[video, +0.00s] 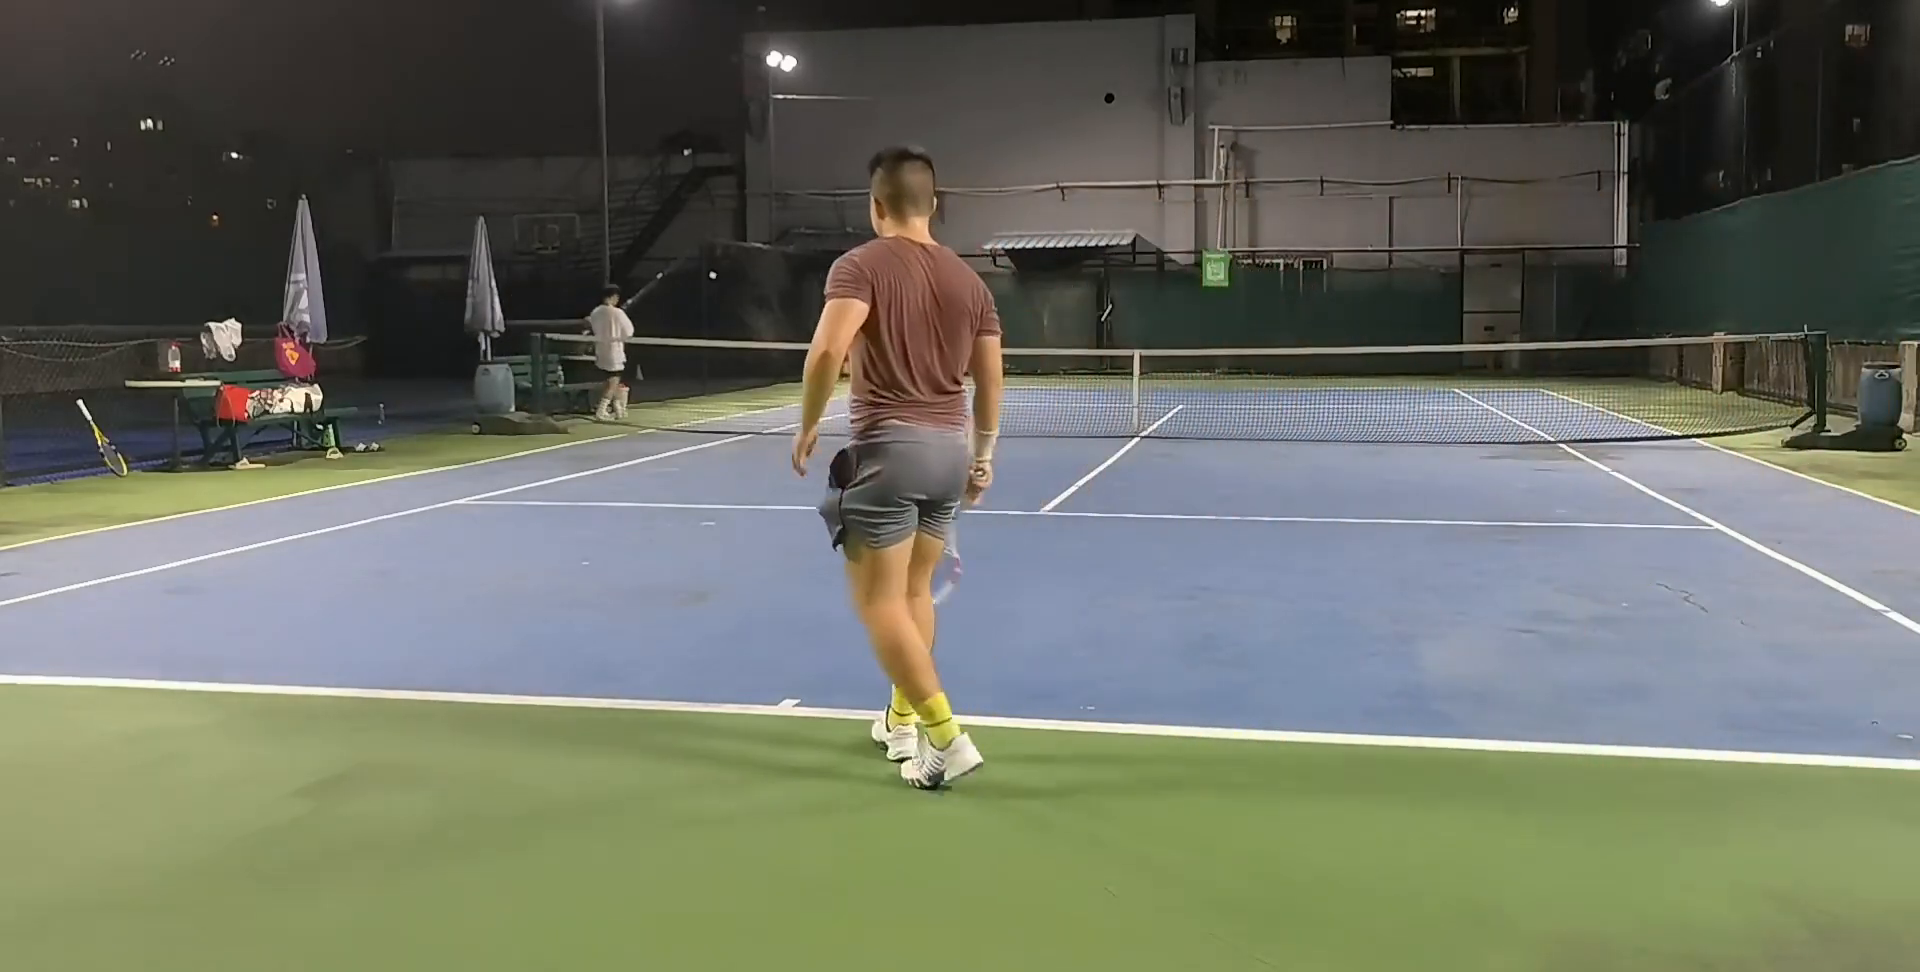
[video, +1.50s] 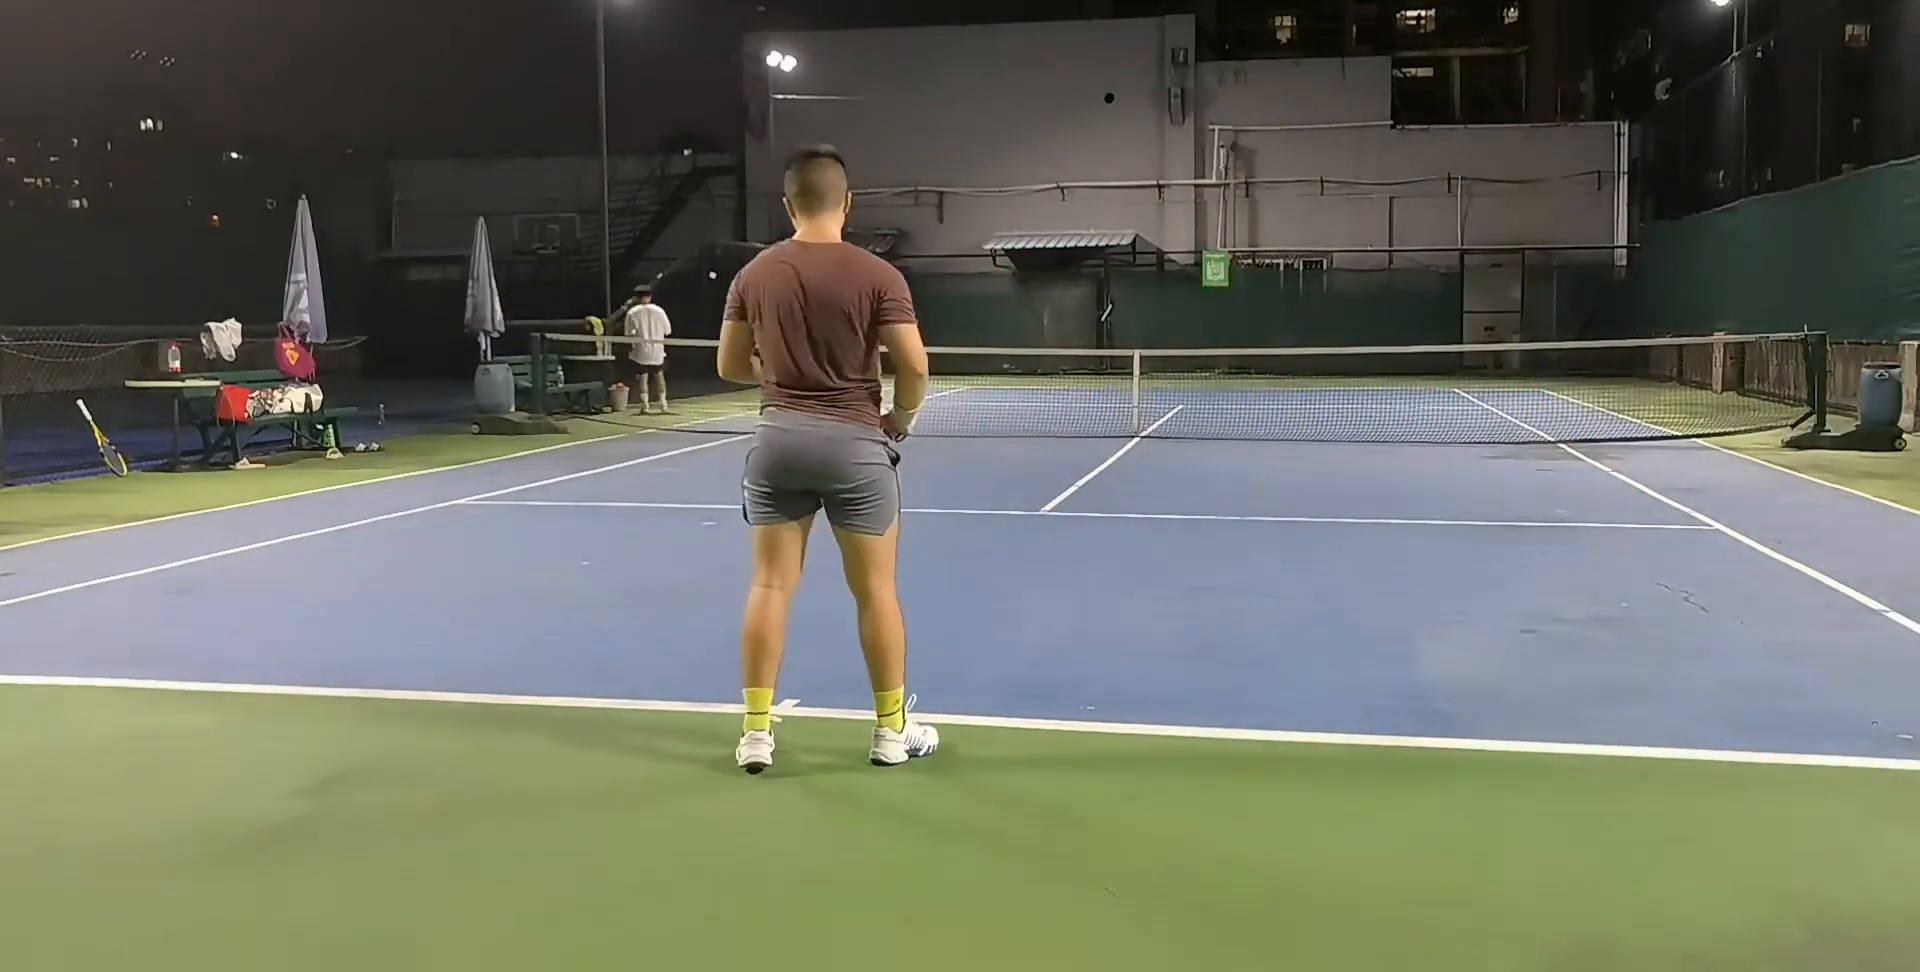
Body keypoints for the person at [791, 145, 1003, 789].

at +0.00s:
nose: (869, 211)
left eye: (869, 203)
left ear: (876, 206)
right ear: (934, 205)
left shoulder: (861, 263)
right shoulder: (967, 279)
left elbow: (829, 352)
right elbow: (990, 377)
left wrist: (809, 426)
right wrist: (984, 448)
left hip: (886, 446)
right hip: (952, 448)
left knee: (880, 602)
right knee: (918, 589)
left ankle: (948, 741)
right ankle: (901, 723)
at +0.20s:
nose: (854, 209)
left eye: (853, 201)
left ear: (858, 204)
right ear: (914, 203)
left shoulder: (834, 268)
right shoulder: (950, 277)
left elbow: (814, 367)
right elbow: (965, 381)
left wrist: (806, 452)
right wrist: (929, 424)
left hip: (860, 441)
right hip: (929, 442)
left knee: (813, 578)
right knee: (910, 584)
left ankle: (861, 708)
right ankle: (903, 725)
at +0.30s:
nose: (838, 209)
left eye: (838, 201)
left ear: (843, 204)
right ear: (900, 202)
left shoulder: (819, 270)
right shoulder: (939, 275)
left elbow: (803, 367)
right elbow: (956, 370)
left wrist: (796, 450)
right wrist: (920, 413)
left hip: (845, 440)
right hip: (917, 441)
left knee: (805, 582)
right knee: (906, 587)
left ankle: (800, 729)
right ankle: (902, 727)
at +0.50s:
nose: (803, 211)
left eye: (802, 203)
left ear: (805, 205)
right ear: (863, 203)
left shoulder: (781, 275)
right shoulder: (907, 276)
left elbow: (750, 372)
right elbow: (931, 367)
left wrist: (747, 439)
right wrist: (897, 410)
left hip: (807, 444)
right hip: (881, 443)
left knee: (782, 590)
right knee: (889, 588)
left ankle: (759, 738)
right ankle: (900, 725)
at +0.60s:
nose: (785, 212)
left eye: (782, 204)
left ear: (786, 204)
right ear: (844, 203)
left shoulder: (760, 277)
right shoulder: (890, 276)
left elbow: (727, 382)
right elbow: (916, 368)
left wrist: (731, 361)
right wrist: (882, 412)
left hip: (788, 439)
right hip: (861, 442)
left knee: (771, 591)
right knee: (878, 588)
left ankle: (757, 738)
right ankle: (899, 724)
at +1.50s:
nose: (842, 208)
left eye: (800, 200)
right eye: (845, 199)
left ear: (788, 204)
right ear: (847, 203)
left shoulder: (755, 273)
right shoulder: (877, 274)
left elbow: (731, 366)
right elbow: (913, 363)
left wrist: (783, 367)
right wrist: (903, 416)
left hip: (779, 438)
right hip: (856, 442)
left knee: (769, 583)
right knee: (876, 591)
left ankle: (756, 731)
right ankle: (892, 729)